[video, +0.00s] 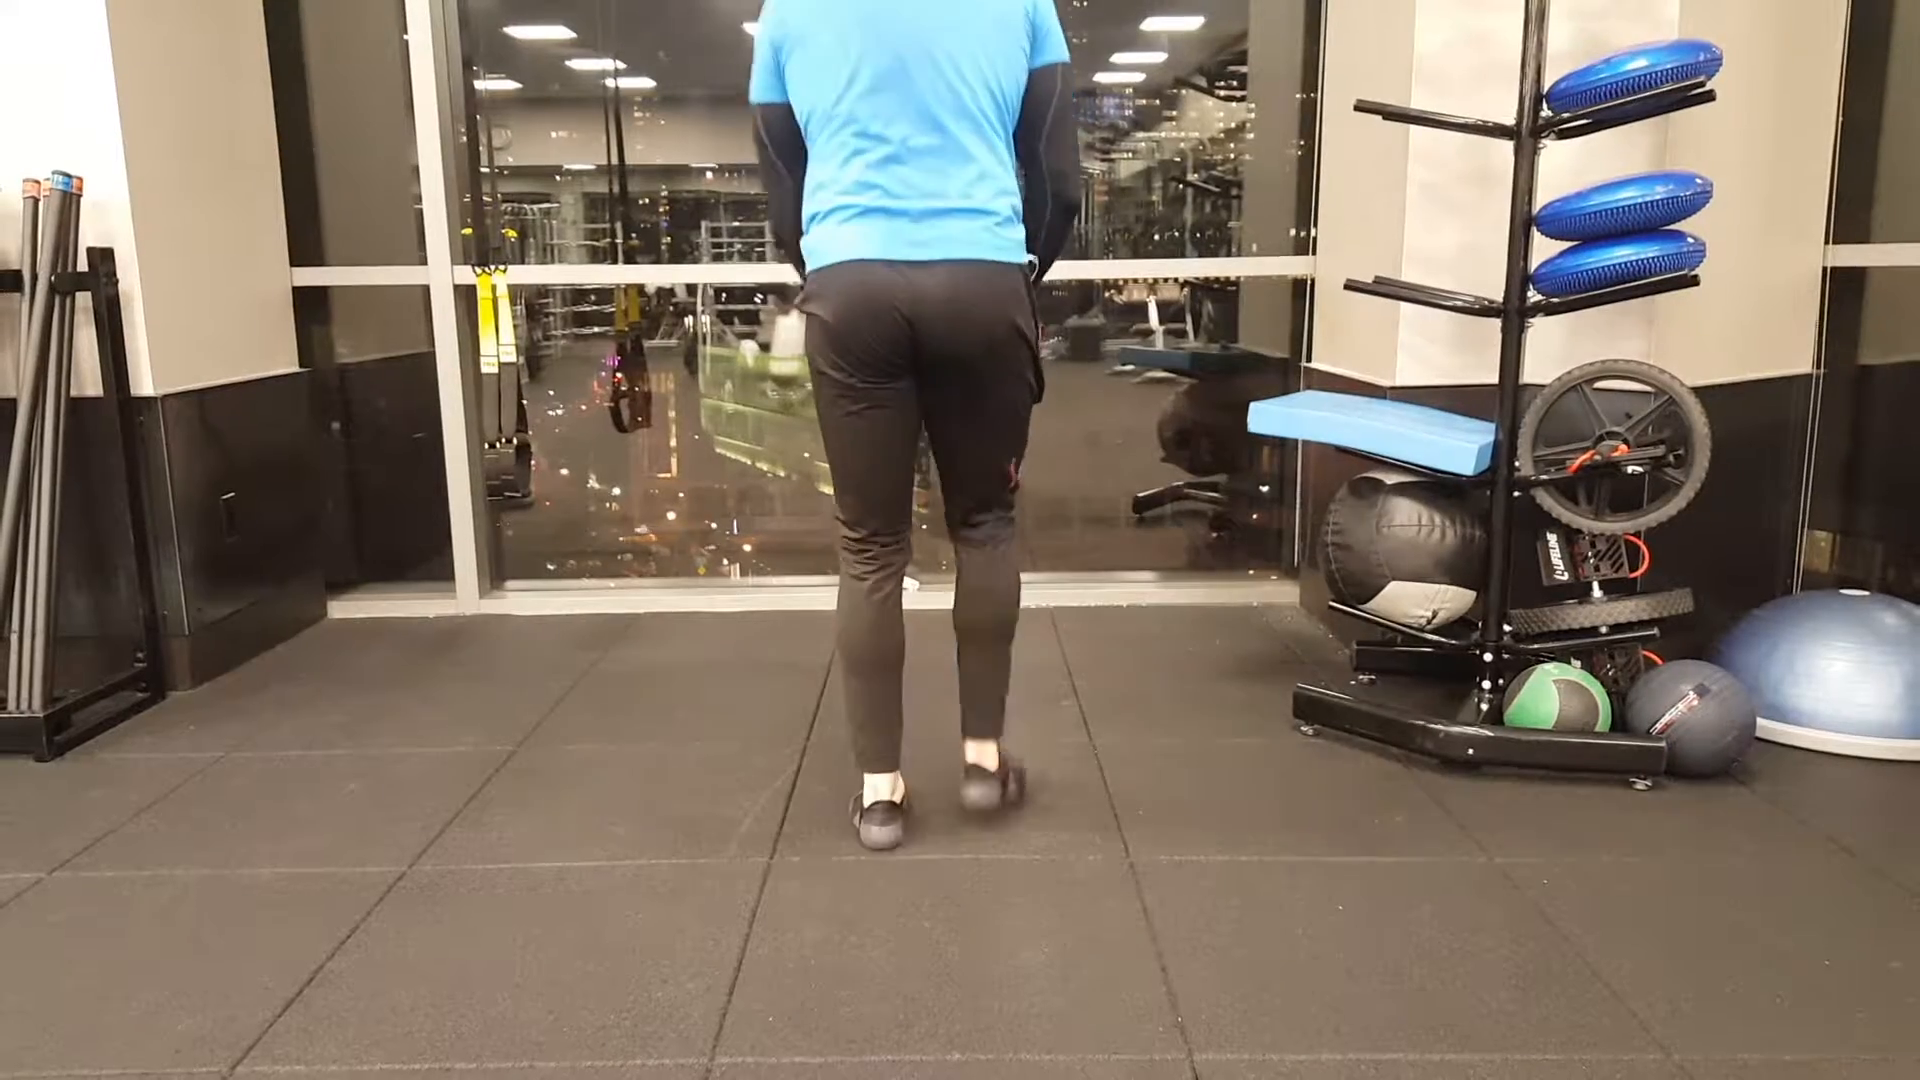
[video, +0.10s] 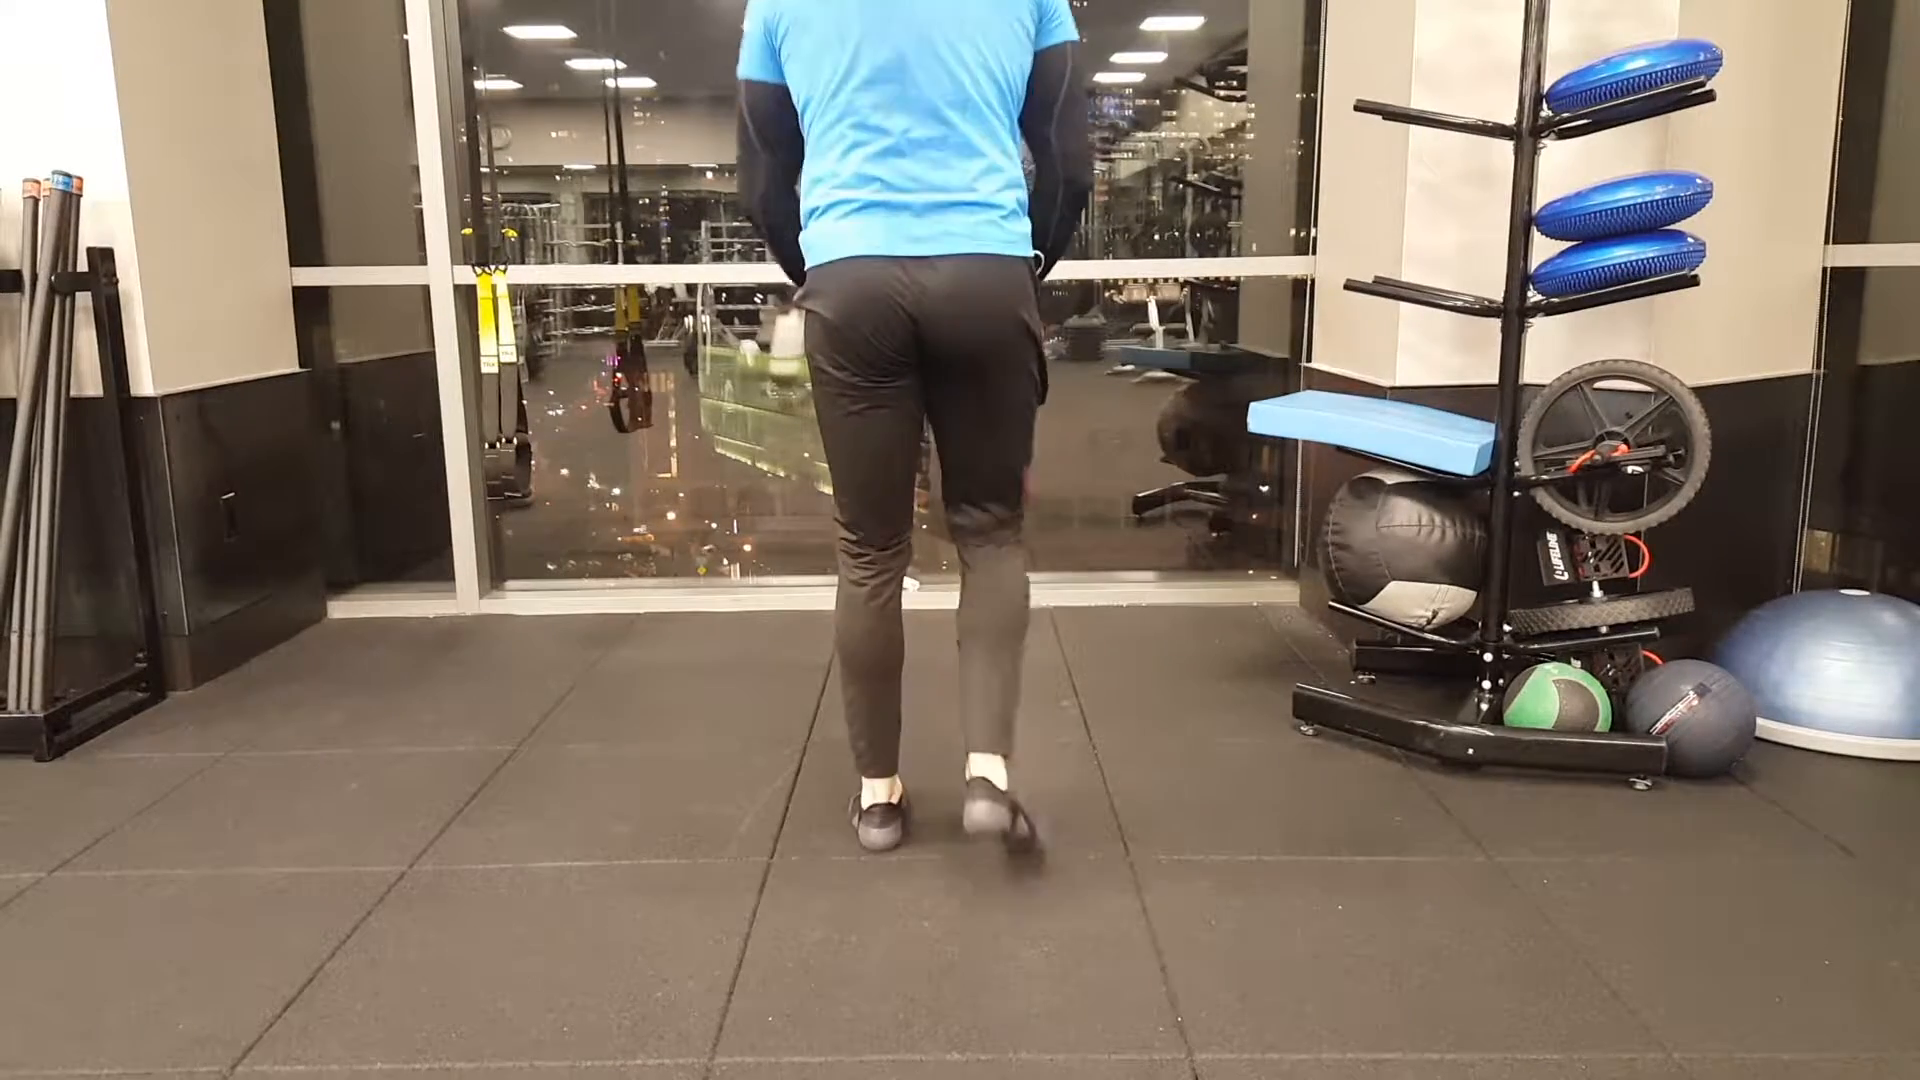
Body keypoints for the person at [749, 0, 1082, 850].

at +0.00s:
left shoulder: (789, 12)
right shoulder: (1021, 8)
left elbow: (789, 184)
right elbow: (1058, 186)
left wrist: (826, 269)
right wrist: (1016, 276)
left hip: (849, 280)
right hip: (980, 280)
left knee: (869, 543)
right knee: (985, 520)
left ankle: (880, 793)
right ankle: (983, 761)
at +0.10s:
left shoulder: (780, 8)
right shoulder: (1029, 4)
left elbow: (767, 189)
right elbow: (1067, 168)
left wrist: (821, 282)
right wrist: (1020, 274)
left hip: (851, 275)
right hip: (984, 273)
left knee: (869, 551)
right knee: (991, 536)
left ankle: (879, 794)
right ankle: (989, 776)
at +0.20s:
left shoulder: (783, 5)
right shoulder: (1042, 3)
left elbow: (756, 175)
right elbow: (1078, 163)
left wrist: (821, 278)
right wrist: (1025, 265)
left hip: (855, 283)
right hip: (996, 280)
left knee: (872, 554)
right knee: (999, 554)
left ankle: (878, 798)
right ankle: (1001, 801)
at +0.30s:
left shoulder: (794, 3)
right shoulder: (1063, 2)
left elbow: (759, 169)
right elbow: (1090, 169)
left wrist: (819, 282)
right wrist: (1032, 260)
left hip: (861, 288)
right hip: (1011, 282)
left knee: (875, 567)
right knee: (1004, 588)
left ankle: (877, 802)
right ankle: (1007, 901)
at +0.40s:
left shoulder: (810, 1)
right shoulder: (1086, 1)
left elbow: (769, 164)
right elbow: (1104, 171)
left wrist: (838, 258)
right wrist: (1031, 240)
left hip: (869, 289)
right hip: (1022, 283)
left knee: (873, 577)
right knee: (1007, 606)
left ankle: (876, 803)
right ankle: (1000, 935)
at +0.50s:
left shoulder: (812, 2)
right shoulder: (1100, 2)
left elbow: (775, 160)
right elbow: (1109, 168)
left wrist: (860, 240)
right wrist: (1030, 235)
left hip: (872, 279)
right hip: (1030, 275)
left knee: (877, 584)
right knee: (1009, 610)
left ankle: (879, 805)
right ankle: (1002, 938)